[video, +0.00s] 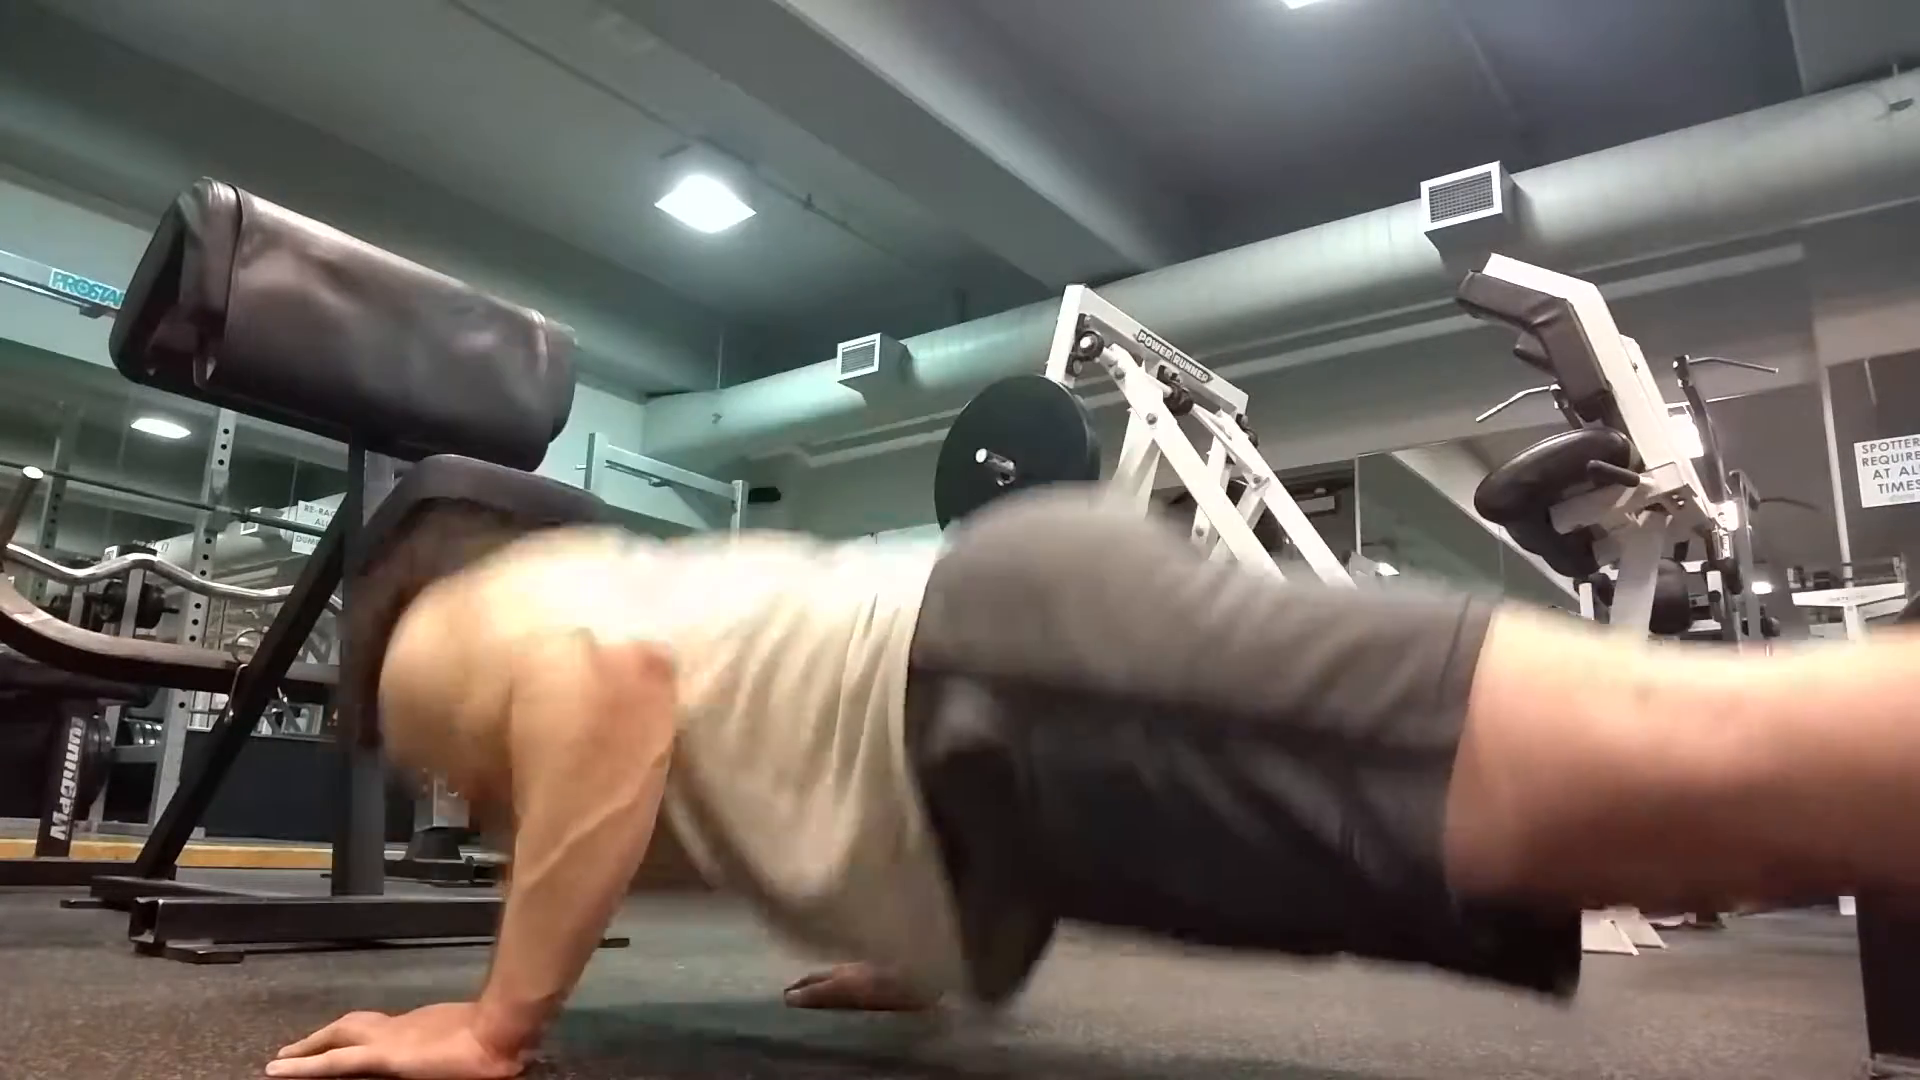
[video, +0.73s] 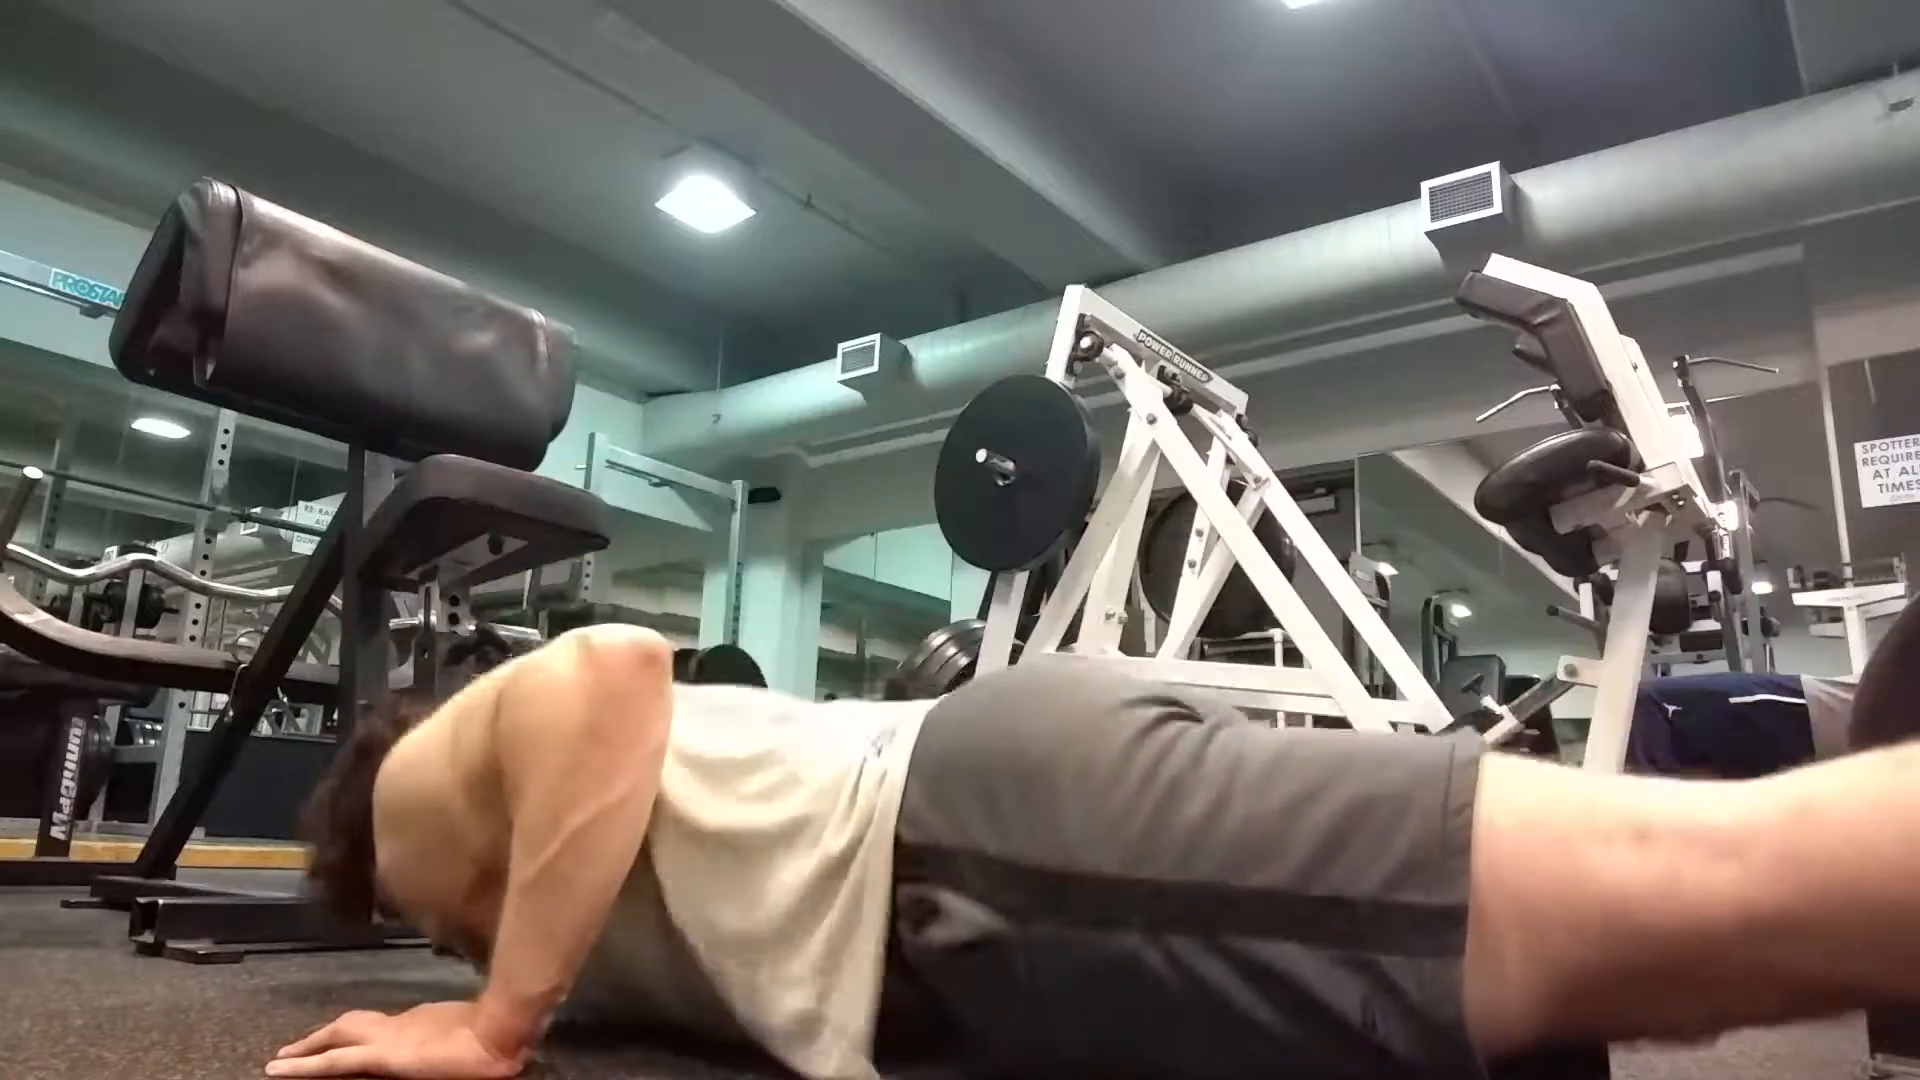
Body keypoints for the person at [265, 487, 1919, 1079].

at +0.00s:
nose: (411, 747)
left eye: (397, 711)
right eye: (402, 731)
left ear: (411, 616)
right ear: (516, 559)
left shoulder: (449, 630)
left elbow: (609, 700)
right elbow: (863, 698)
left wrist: (496, 1020)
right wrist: (909, 940)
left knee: (1682, 758)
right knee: (1670, 847)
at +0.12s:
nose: (404, 590)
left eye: (400, 553)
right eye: (400, 571)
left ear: (415, 456)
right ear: (529, 394)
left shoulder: (496, 462)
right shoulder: (696, 470)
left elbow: (603, 661)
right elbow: (912, 687)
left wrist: (503, 1011)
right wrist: (922, 968)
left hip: (1041, 561)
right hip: (1077, 628)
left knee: (1726, 693)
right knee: (1705, 758)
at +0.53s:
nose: (404, 734)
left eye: (390, 695)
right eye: (394, 717)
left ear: (395, 610)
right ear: (498, 545)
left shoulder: (463, 600)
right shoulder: (640, 570)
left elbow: (624, 698)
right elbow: (885, 700)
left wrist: (492, 1024)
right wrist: (926, 957)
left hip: (1000, 724)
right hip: (1022, 732)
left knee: (1676, 812)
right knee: (1662, 825)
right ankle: (1876, 860)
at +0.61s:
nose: (428, 855)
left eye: (399, 840)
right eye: (419, 843)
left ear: (384, 783)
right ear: (435, 753)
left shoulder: (429, 715)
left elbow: (618, 686)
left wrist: (489, 1015)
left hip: (981, 797)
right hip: (996, 795)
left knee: (1674, 861)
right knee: (1670, 837)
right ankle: (1879, 904)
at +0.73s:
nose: (399, 883)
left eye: (379, 860)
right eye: (395, 877)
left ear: (380, 812)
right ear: (420, 839)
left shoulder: (423, 773)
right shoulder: (510, 865)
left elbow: (607, 675)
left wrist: (490, 1013)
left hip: (989, 845)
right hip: (985, 972)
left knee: (1690, 895)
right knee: (1660, 947)